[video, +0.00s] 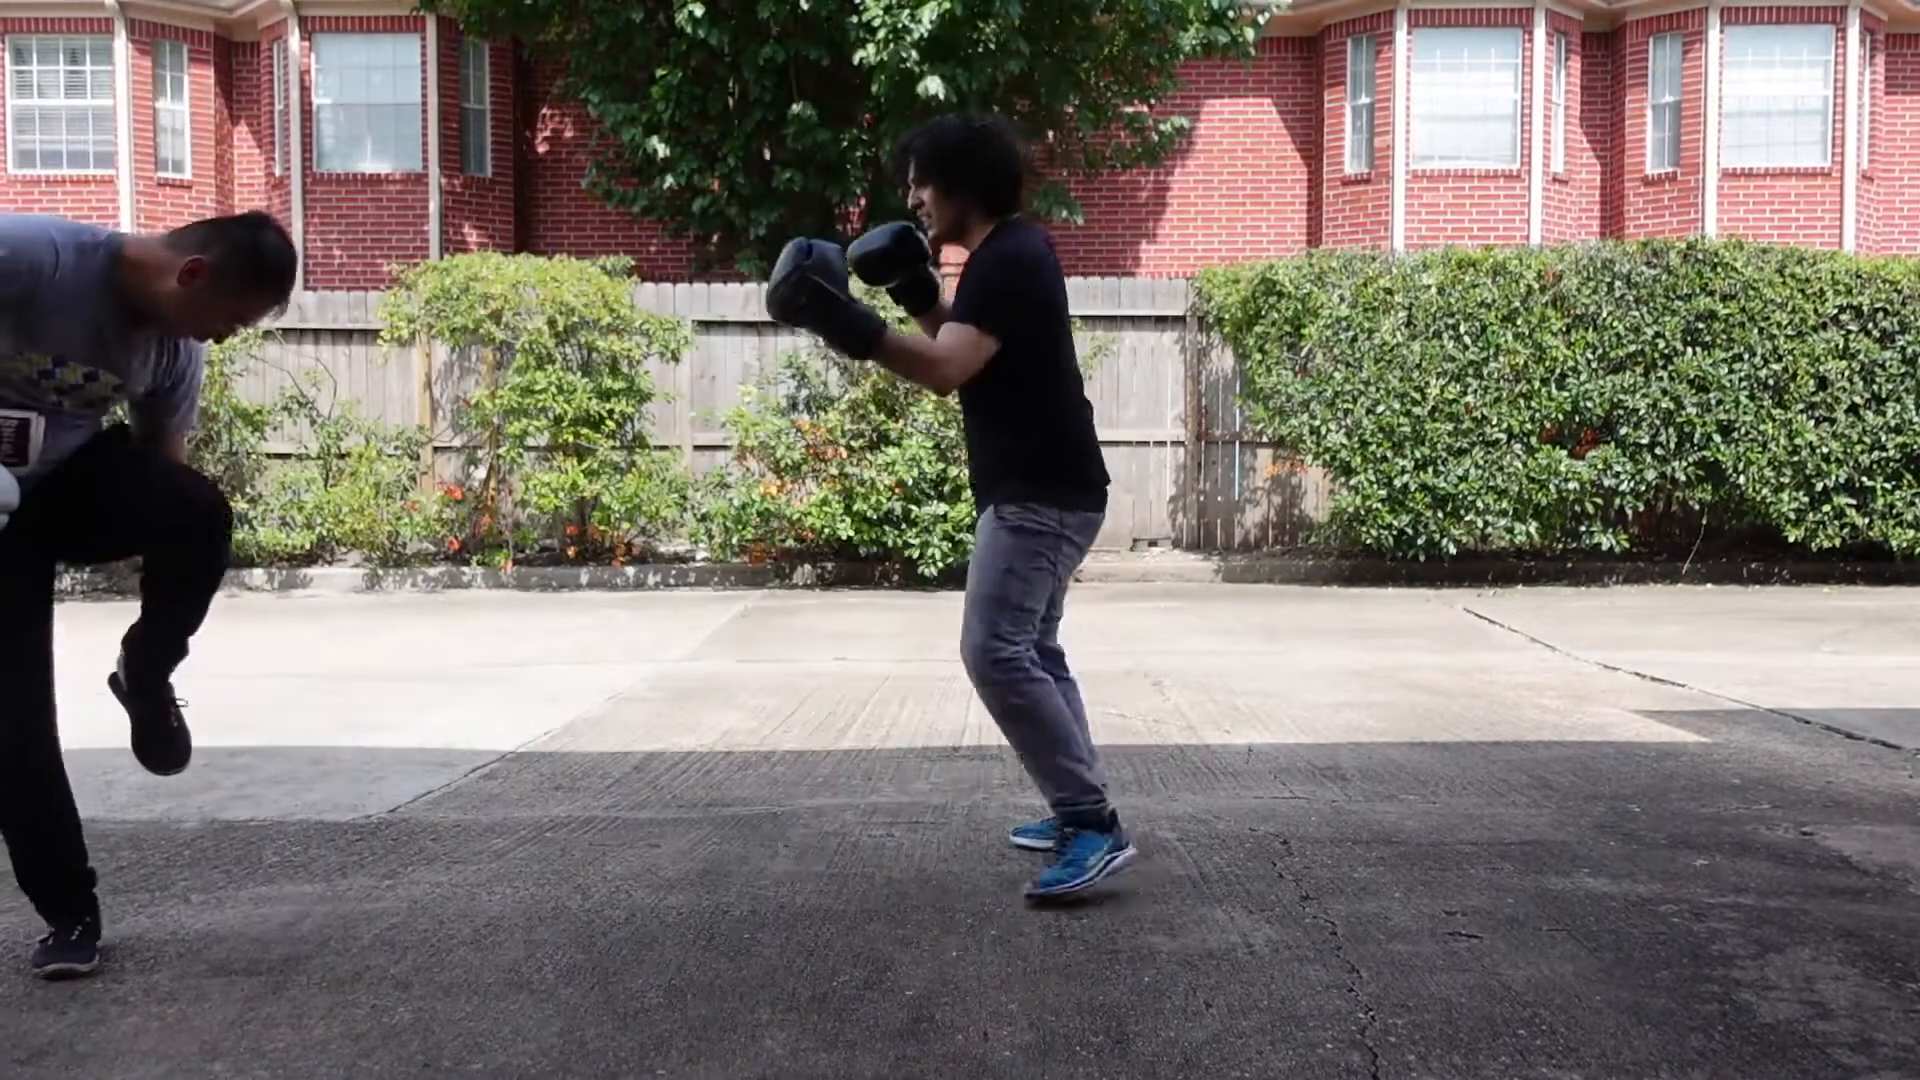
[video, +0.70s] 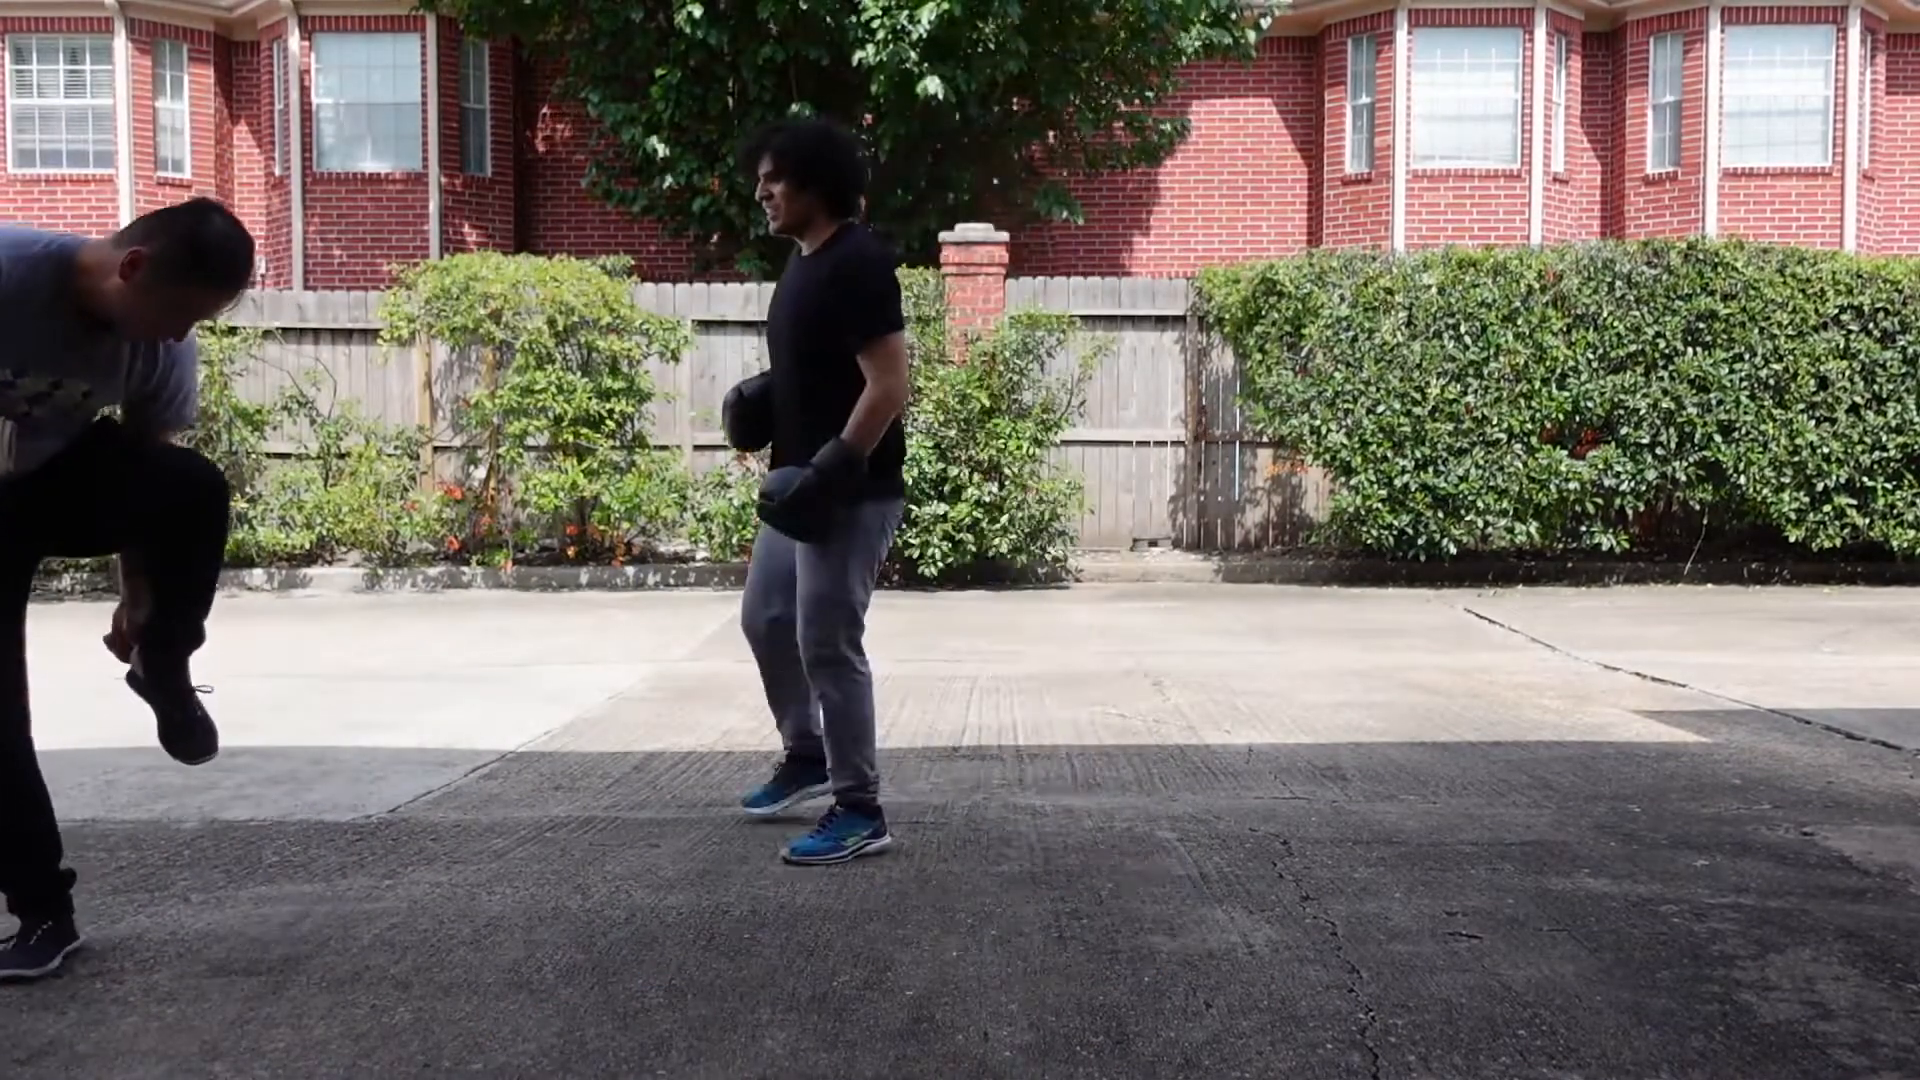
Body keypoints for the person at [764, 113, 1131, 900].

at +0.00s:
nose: (916, 202)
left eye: (924, 187)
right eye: (915, 188)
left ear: (960, 188)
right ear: (986, 185)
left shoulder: (1009, 256)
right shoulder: (1004, 252)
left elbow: (947, 368)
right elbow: (972, 353)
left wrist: (849, 324)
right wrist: (921, 290)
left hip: (1038, 496)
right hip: (1036, 491)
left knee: (994, 651)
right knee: (1033, 648)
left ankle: (1092, 825)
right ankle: (1080, 807)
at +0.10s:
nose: (895, 202)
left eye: (903, 186)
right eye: (892, 188)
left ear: (944, 186)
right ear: (955, 189)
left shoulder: (986, 250)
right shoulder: (971, 255)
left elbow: (926, 351)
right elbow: (931, 350)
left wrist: (832, 299)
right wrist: (886, 286)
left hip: (1022, 492)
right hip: (1023, 489)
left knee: (945, 633)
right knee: (1032, 646)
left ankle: (998, 802)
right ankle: (1088, 808)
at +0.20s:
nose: (871, 217)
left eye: (880, 202)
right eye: (867, 204)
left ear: (924, 198)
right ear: (927, 201)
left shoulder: (962, 262)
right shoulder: (946, 262)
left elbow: (914, 358)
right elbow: (909, 350)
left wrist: (831, 303)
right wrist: (854, 287)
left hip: (997, 500)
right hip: (1002, 497)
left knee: (909, 631)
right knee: (1013, 654)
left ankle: (896, 801)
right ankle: (1086, 806)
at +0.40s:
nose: (810, 220)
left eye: (820, 205)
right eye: (809, 206)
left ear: (860, 206)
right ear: (867, 211)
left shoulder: (901, 280)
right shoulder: (885, 280)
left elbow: (929, 400)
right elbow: (889, 380)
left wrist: (825, 389)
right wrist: (822, 354)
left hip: (911, 508)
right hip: (928, 506)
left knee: (845, 647)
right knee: (912, 648)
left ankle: (858, 813)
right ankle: (1028, 764)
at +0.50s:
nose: (788, 208)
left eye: (799, 195)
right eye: (787, 195)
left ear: (839, 198)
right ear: (835, 204)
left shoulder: (882, 277)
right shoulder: (845, 278)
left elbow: (921, 397)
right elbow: (866, 373)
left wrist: (822, 420)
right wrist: (805, 363)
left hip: (890, 500)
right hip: (869, 496)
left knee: (834, 645)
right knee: (858, 634)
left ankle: (859, 814)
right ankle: (959, 745)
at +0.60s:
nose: (773, 196)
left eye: (784, 183)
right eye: (770, 184)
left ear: (827, 186)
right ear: (800, 191)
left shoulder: (868, 266)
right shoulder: (823, 265)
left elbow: (900, 386)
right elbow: (838, 365)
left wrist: (812, 457)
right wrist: (783, 382)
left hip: (873, 487)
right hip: (835, 482)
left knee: (838, 641)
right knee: (795, 615)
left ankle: (858, 812)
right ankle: (889, 748)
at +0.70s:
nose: (763, 195)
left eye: (774, 182)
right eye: (761, 183)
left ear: (818, 184)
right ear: (785, 188)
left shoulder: (859, 261)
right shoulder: (804, 261)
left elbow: (891, 386)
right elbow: (817, 364)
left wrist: (827, 470)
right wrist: (768, 398)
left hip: (854, 490)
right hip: (797, 483)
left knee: (830, 642)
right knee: (767, 621)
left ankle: (860, 810)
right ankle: (808, 758)